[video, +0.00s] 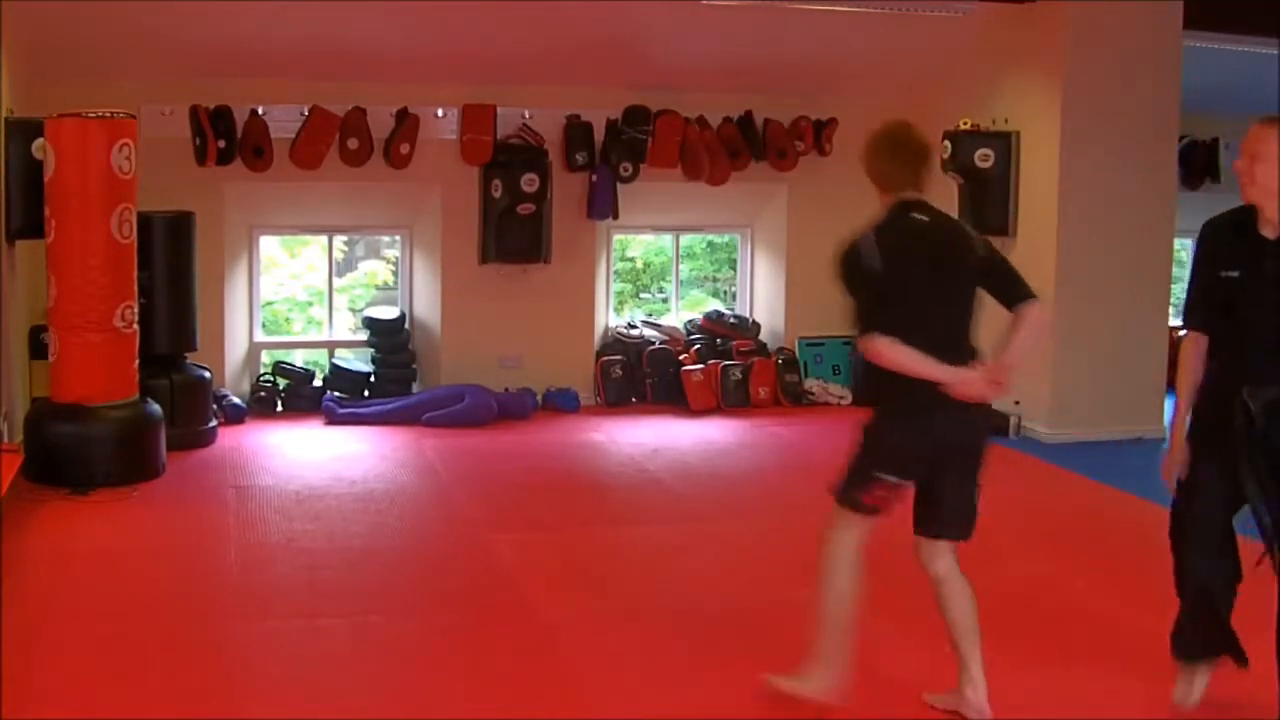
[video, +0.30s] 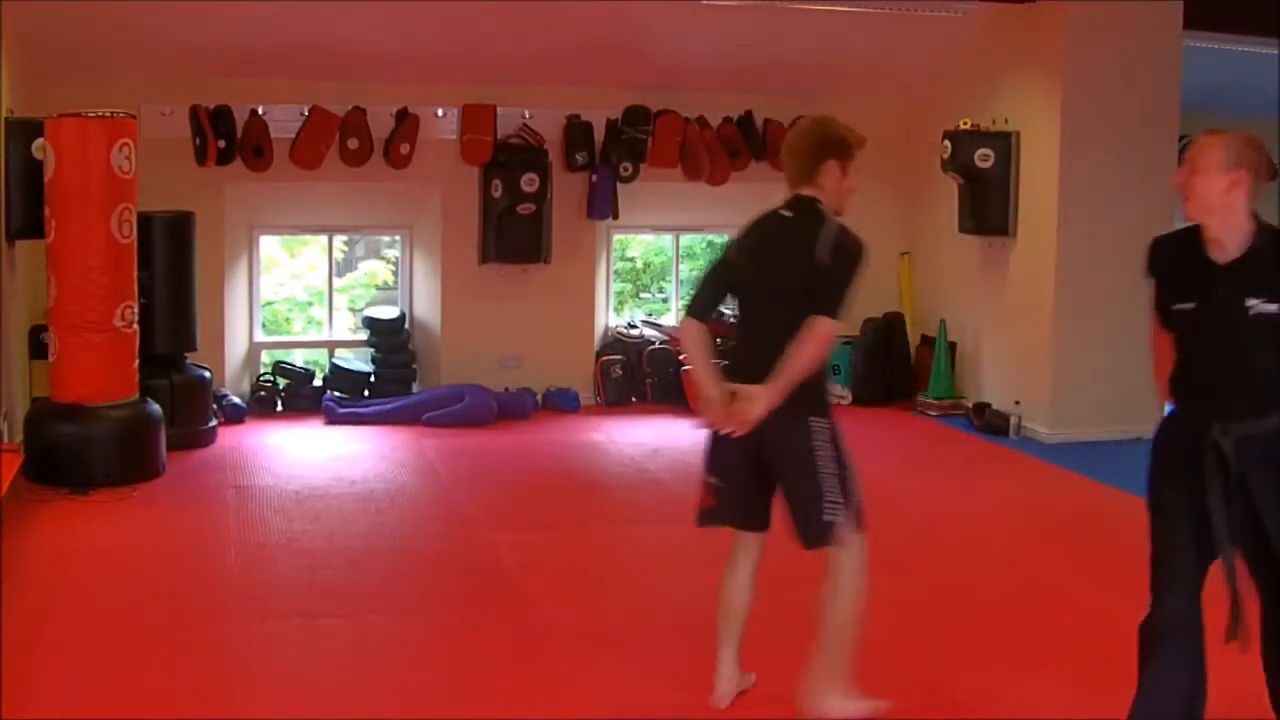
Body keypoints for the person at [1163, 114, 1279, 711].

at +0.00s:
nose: (1241, 166)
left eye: (1255, 157)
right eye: (1242, 155)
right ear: (1242, 164)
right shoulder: (1223, 233)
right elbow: (1197, 337)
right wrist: (1179, 431)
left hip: (1274, 422)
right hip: (1227, 414)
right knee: (1196, 517)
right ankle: (1199, 645)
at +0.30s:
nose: (1178, 180)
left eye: (1192, 170)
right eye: (1181, 169)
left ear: (1238, 183)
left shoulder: (1275, 254)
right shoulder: (1171, 254)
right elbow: (1166, 334)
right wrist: (1171, 400)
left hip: (1265, 450)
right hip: (1191, 444)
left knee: (1277, 605)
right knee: (1173, 609)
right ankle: (1163, 715)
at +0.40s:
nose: (1142, 188)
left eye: (1154, 177)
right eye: (1144, 176)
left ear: (1198, 184)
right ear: (1180, 185)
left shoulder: (1264, 260)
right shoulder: (1137, 262)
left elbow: (1275, 362)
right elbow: (1130, 357)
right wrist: (1124, 431)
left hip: (1244, 456)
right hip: (1158, 453)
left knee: (1260, 622)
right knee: (1147, 616)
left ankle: (1276, 703)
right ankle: (1162, 714)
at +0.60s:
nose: (1093, 168)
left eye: (1104, 155)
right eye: (1092, 155)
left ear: (1150, 157)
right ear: (1126, 160)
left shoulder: (1215, 239)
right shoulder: (1092, 239)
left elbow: (1264, 340)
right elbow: (1055, 338)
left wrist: (1252, 431)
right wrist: (1030, 414)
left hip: (1184, 444)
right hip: (1102, 441)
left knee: (1160, 622)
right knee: (1105, 622)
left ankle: (1214, 711)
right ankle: (1127, 713)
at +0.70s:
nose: (1063, 173)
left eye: (1074, 159)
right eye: (1062, 160)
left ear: (1121, 161)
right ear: (1111, 163)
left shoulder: (1184, 242)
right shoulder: (1069, 241)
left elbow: (1228, 339)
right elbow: (1026, 317)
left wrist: (1179, 395)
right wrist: (1001, 354)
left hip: (1148, 444)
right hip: (1077, 441)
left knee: (1115, 608)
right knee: (1075, 609)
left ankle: (1139, 712)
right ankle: (1093, 711)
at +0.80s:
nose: (1028, 190)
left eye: (1038, 174)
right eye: (1027, 175)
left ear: (1084, 173)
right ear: (1076, 175)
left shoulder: (1146, 252)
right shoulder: (1042, 251)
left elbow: (1184, 352)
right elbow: (995, 324)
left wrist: (1109, 395)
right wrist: (976, 328)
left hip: (1114, 452)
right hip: (1046, 448)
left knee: (1082, 606)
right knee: (1051, 599)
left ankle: (1064, 708)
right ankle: (1119, 706)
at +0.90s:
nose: (984, 197)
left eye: (997, 181)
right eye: (983, 182)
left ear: (1044, 180)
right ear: (1034, 183)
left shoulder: (1104, 265)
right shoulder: (1007, 259)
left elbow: (1121, 380)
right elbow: (940, 358)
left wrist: (1036, 444)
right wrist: (937, 331)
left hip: (1065, 468)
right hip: (1007, 464)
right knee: (1054, 639)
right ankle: (1110, 713)